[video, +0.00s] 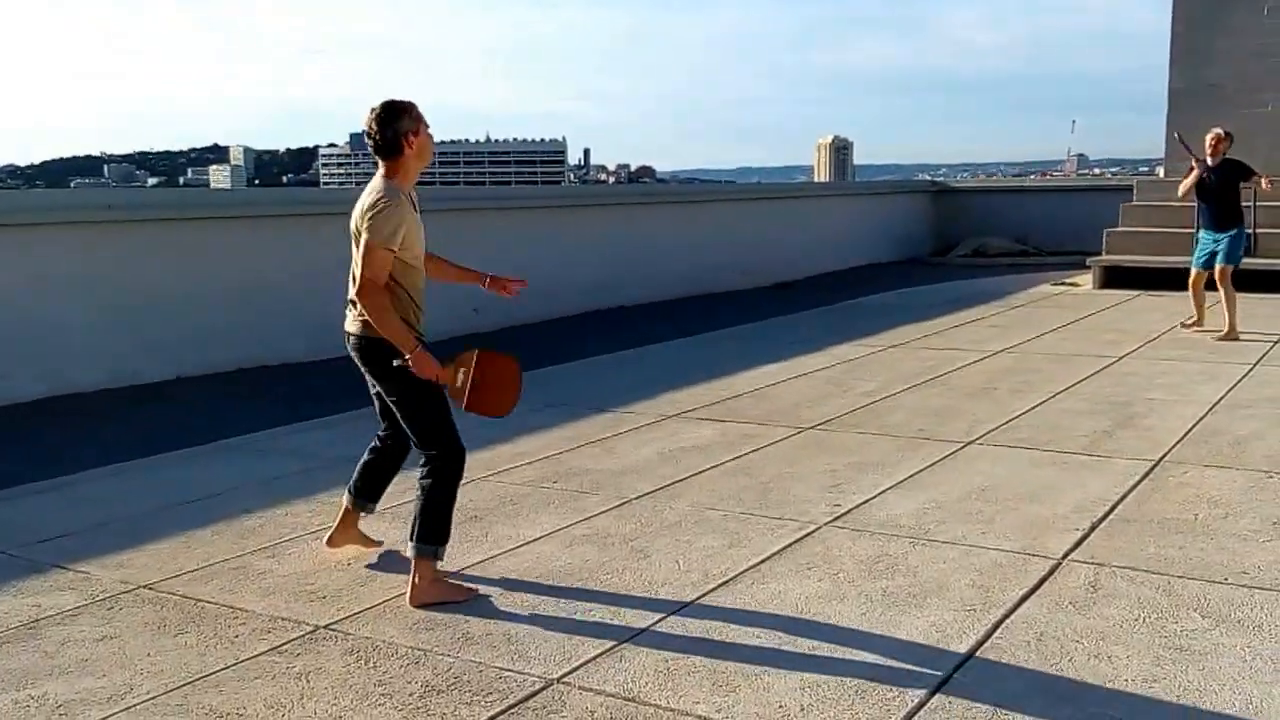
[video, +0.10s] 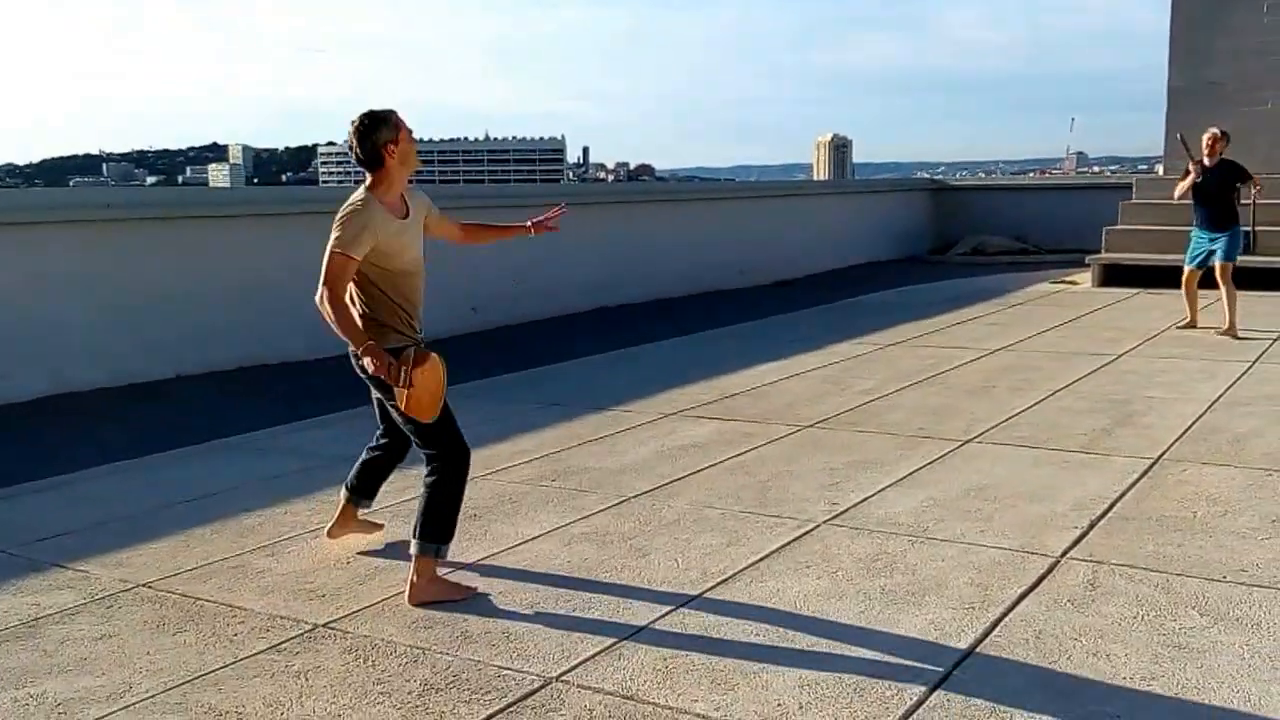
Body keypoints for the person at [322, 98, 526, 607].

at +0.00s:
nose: (432, 136)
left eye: (427, 128)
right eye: (427, 129)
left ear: (397, 144)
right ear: (411, 141)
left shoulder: (395, 196)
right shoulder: (386, 206)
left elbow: (418, 262)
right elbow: (368, 291)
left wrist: (484, 280)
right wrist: (413, 348)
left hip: (378, 340)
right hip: (384, 344)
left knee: (396, 437)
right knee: (445, 452)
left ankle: (345, 527)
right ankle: (425, 577)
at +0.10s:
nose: (416, 141)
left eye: (410, 134)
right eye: (409, 135)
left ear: (388, 152)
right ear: (392, 150)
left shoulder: (412, 202)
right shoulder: (357, 214)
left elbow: (461, 233)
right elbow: (329, 295)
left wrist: (525, 228)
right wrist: (366, 348)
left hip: (402, 348)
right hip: (385, 354)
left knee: (394, 438)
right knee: (449, 454)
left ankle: (345, 518)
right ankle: (424, 577)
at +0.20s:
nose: (403, 155)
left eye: (398, 148)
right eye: (395, 149)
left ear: (378, 163)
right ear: (373, 164)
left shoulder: (409, 208)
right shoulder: (337, 228)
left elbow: (475, 215)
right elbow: (327, 294)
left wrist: (532, 186)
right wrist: (336, 320)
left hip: (405, 350)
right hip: (377, 358)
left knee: (402, 444)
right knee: (453, 454)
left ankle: (345, 520)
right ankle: (423, 575)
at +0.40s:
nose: (375, 169)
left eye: (373, 161)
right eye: (366, 163)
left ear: (356, 176)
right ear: (345, 177)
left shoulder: (376, 226)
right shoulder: (325, 219)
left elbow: (447, 249)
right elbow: (357, 249)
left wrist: (485, 205)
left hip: (386, 351)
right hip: (367, 357)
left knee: (404, 443)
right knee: (438, 454)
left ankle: (342, 521)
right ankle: (420, 574)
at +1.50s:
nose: (410, 138)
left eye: (408, 129)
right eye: (406, 130)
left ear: (371, 140)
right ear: (391, 138)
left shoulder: (360, 186)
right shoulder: (366, 195)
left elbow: (378, 264)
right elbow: (370, 285)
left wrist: (427, 290)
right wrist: (418, 315)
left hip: (328, 322)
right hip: (344, 329)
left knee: (347, 424)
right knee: (388, 435)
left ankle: (313, 519)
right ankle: (358, 552)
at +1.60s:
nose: (412, 132)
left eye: (408, 123)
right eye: (407, 124)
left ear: (370, 134)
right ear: (393, 132)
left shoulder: (349, 178)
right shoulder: (385, 193)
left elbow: (373, 266)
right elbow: (393, 278)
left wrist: (425, 292)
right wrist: (429, 306)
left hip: (322, 318)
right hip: (352, 327)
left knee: (348, 418)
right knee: (390, 433)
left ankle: (316, 516)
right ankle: (355, 549)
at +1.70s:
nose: (404, 118)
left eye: (400, 110)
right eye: (399, 112)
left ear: (357, 123)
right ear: (385, 120)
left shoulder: (329, 172)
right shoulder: (405, 179)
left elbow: (339, 240)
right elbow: (438, 264)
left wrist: (401, 257)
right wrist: (416, 262)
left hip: (330, 314)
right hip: (375, 322)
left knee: (358, 413)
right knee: (392, 431)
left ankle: (347, 512)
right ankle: (357, 548)